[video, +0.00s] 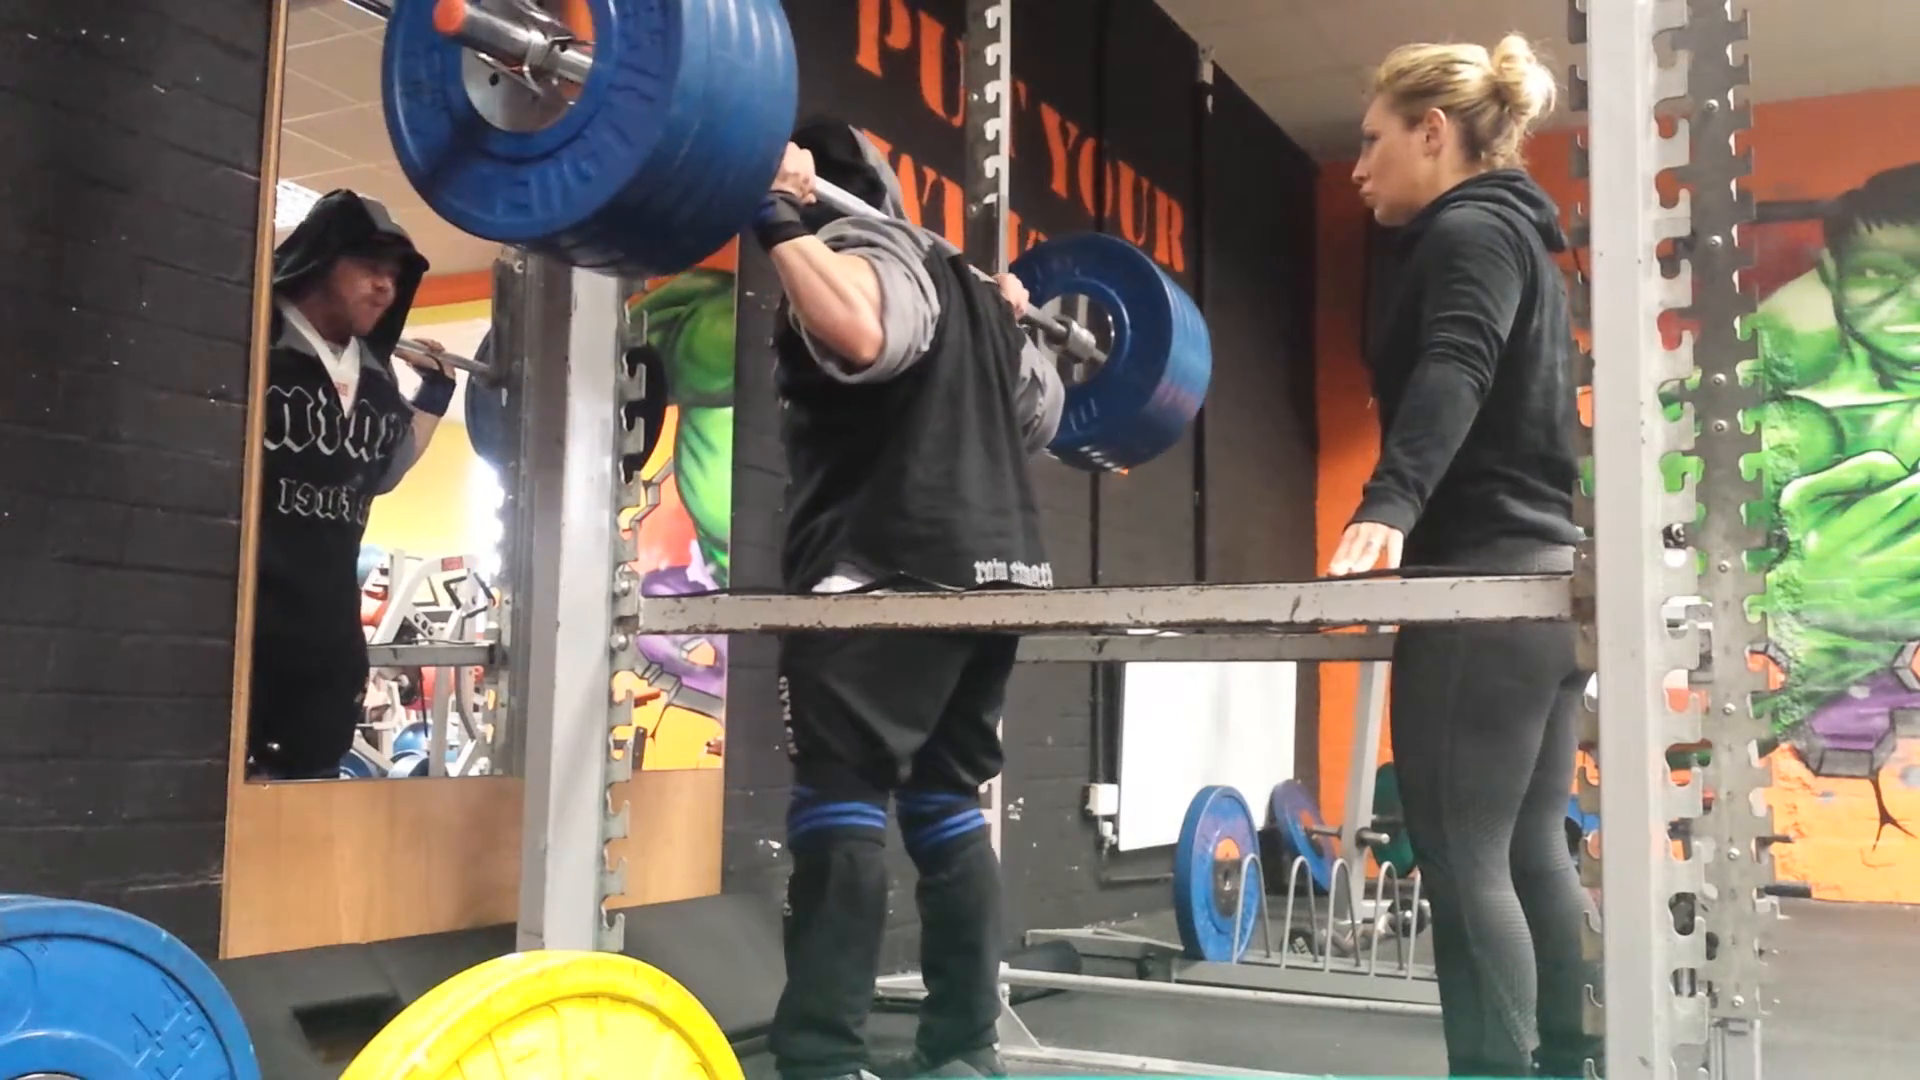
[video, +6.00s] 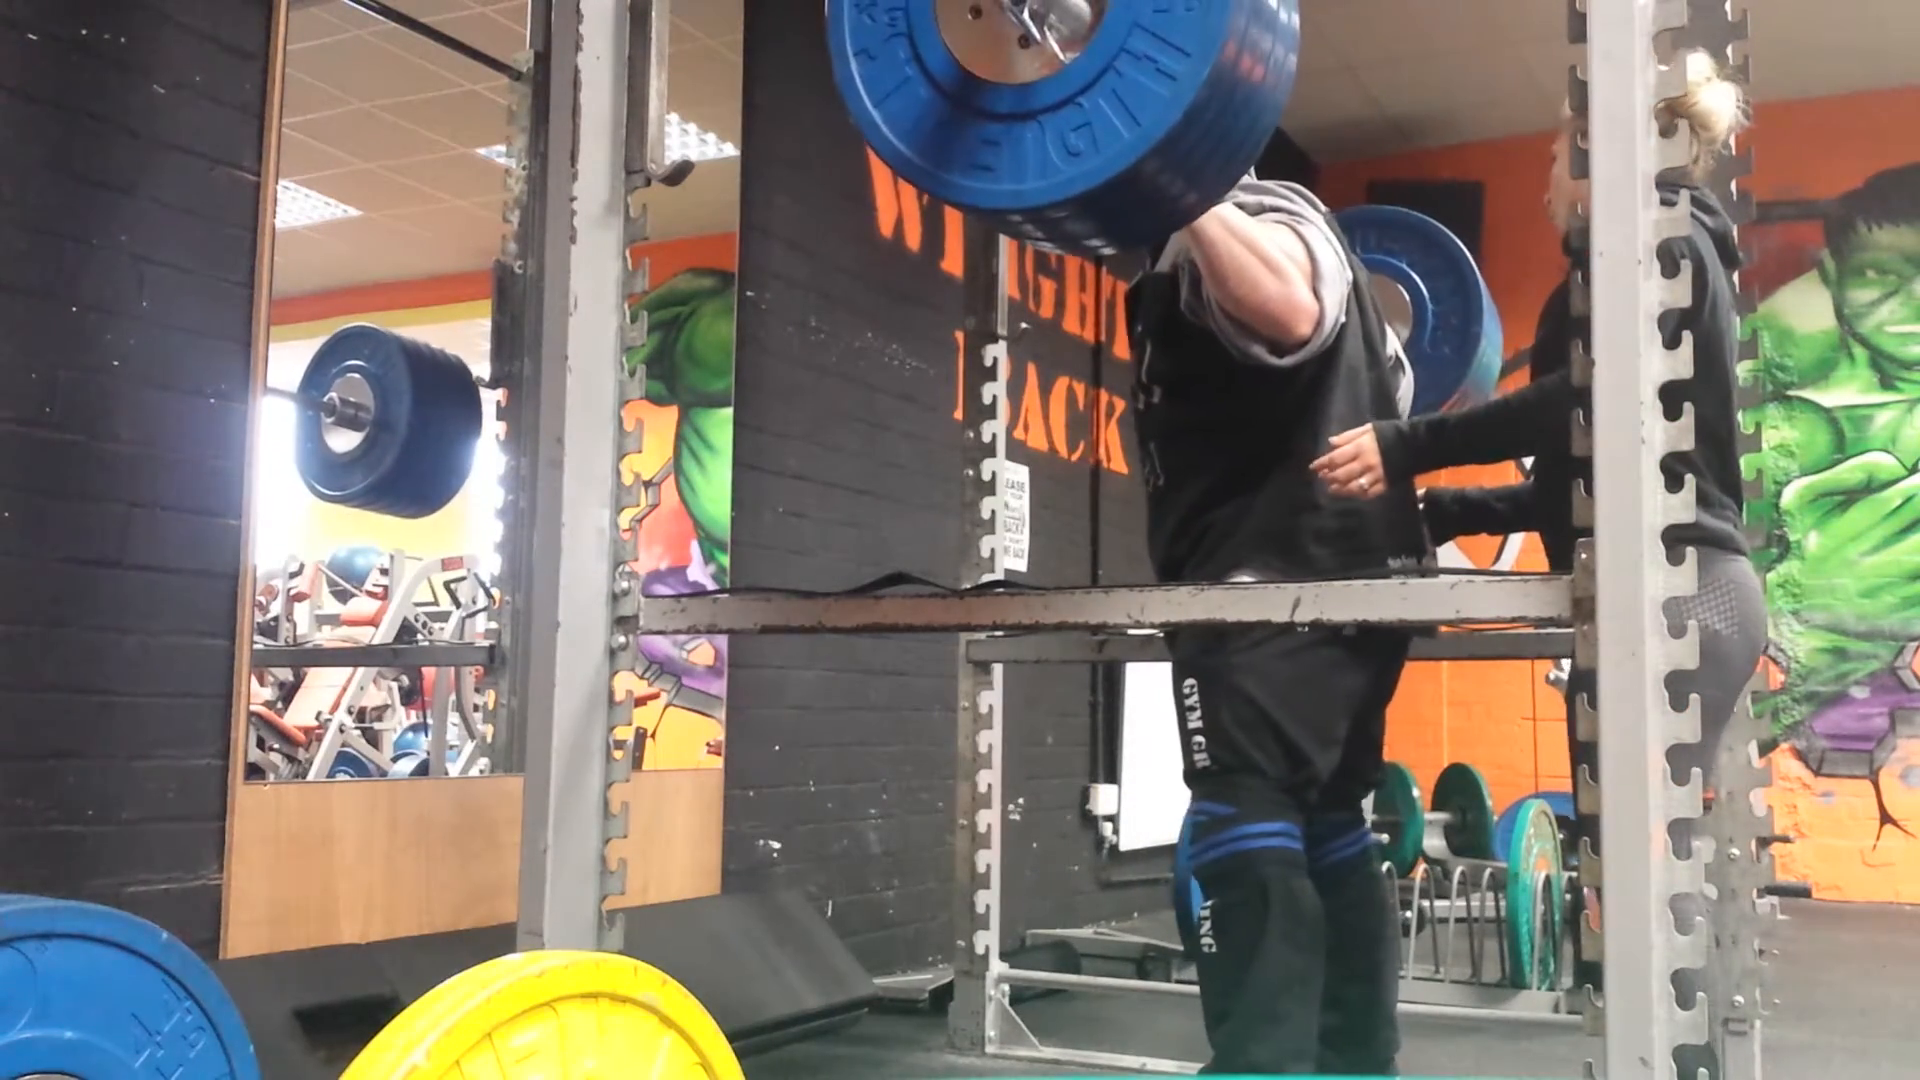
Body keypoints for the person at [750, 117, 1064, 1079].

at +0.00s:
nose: (780, 204)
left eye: (787, 185)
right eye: (783, 184)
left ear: (812, 184)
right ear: (882, 179)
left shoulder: (856, 241)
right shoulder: (966, 275)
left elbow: (859, 337)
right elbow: (1039, 410)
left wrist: (778, 214)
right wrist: (1019, 319)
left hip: (885, 568)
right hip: (998, 566)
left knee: (841, 793)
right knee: (947, 797)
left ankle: (818, 1049)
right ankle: (963, 1044)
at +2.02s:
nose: (1015, 241)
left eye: (1019, 219)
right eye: (1005, 227)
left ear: (1061, 193)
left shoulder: (1181, 221)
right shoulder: (1101, 271)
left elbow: (1217, 306)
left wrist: (1110, 186)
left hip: (1219, 572)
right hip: (1164, 575)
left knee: (1163, 826)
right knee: (1167, 826)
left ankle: (1220, 1068)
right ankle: (1187, 1061)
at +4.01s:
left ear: (1200, 159)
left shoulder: (1280, 218)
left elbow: (1319, 310)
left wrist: (1212, 209)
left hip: (1310, 584)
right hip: (1369, 586)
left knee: (1251, 819)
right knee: (1338, 829)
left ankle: (1263, 1063)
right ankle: (1352, 1062)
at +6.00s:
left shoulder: (1258, 212)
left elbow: (1287, 310)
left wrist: (1177, 190)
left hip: (1276, 583)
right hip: (1347, 584)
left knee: (1245, 824)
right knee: (1329, 821)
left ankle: (1261, 1061)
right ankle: (1355, 1060)